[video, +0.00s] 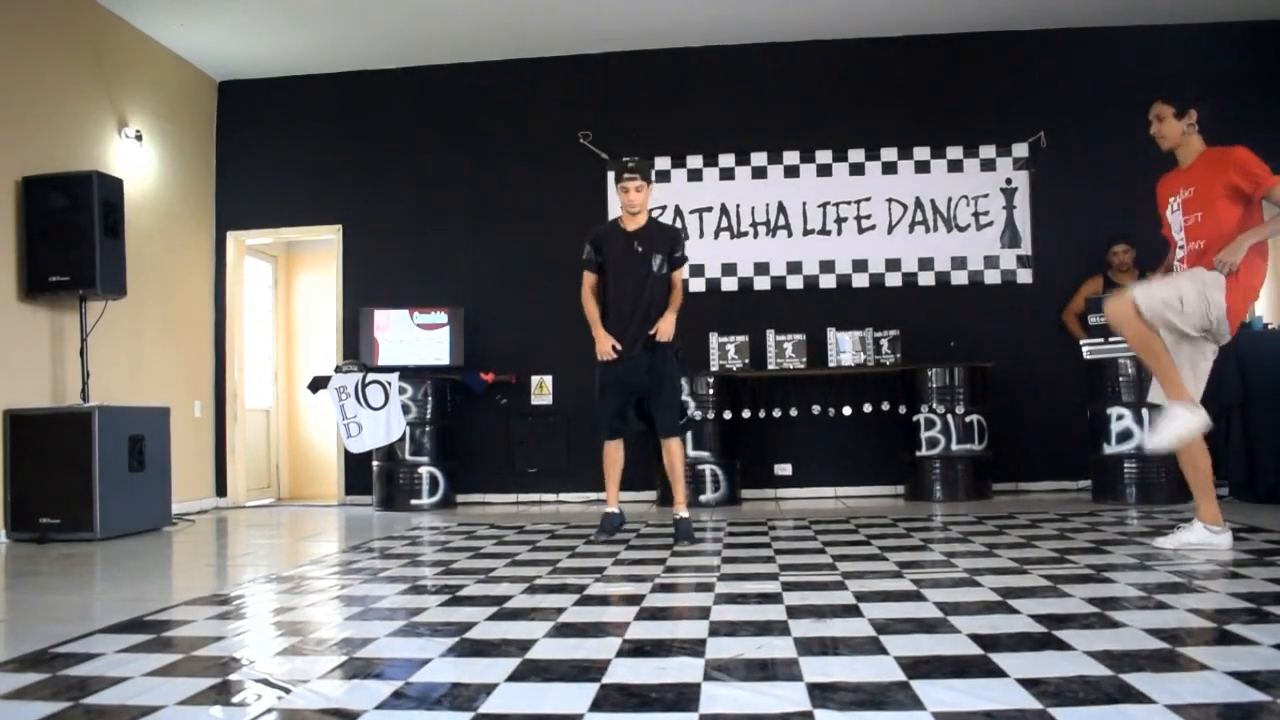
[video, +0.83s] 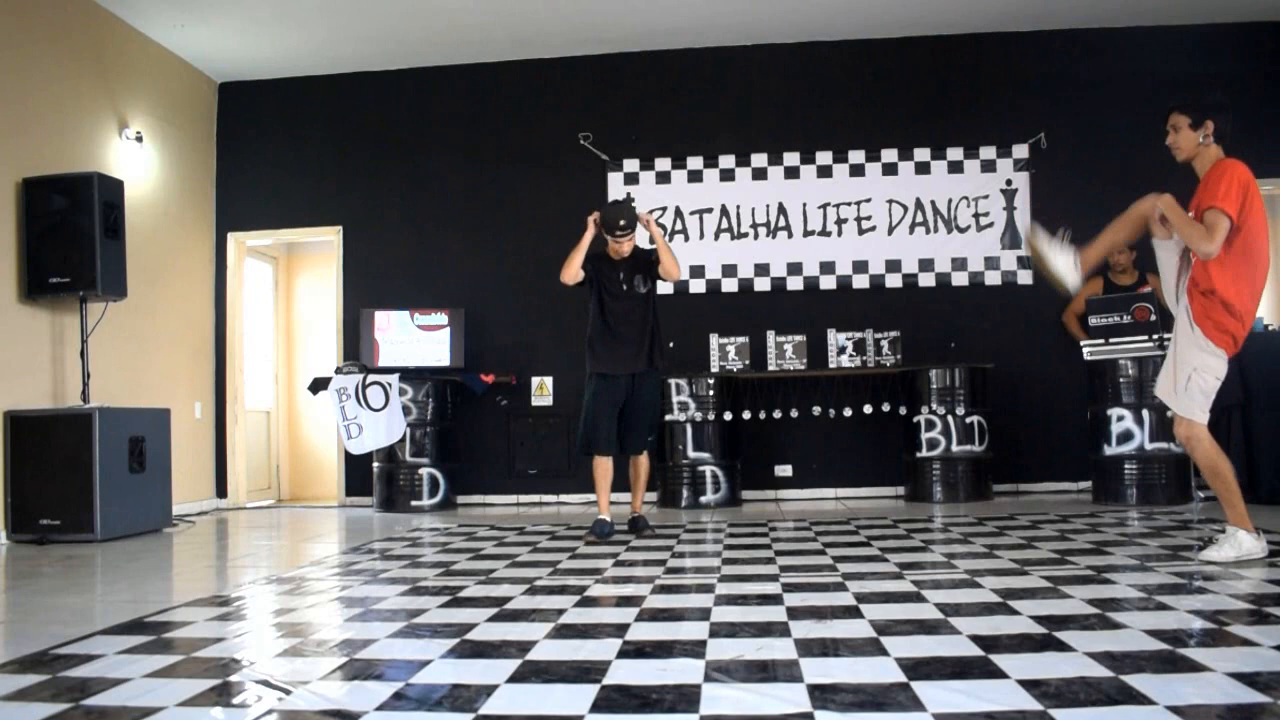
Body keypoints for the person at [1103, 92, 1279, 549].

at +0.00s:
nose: (1153, 129)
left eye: (1160, 119)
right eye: (1151, 122)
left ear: (1190, 120)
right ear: (1161, 130)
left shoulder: (1234, 159)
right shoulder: (1166, 186)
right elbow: (1178, 247)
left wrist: (1246, 239)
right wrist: (1157, 281)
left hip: (1225, 286)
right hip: (1189, 294)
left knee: (1121, 306)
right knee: (1176, 411)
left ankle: (1183, 407)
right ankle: (1211, 525)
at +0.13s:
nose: (1157, 121)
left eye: (1165, 112)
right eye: (1155, 114)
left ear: (1194, 112)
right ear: (1165, 121)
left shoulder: (1234, 154)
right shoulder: (1172, 177)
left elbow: (1279, 208)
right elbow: (1191, 240)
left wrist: (1242, 240)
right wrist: (1165, 268)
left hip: (1221, 289)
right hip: (1190, 294)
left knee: (1156, 382)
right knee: (1185, 406)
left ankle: (1228, 484)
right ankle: (1210, 522)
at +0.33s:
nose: (1168, 117)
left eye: (1175, 107)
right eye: (1167, 109)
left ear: (1206, 106)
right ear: (1187, 113)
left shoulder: (1252, 153)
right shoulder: (1185, 172)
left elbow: (1277, 225)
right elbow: (1192, 245)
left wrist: (1225, 231)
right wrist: (1168, 286)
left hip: (1228, 314)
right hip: (1180, 309)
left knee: (1219, 421)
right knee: (1155, 409)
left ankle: (1249, 532)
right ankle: (1200, 512)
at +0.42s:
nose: (1173, 119)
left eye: (1180, 109)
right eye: (1171, 112)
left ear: (1211, 107)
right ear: (1194, 114)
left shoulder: (1256, 153)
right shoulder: (1195, 174)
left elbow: (1277, 219)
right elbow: (1201, 250)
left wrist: (1212, 217)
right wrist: (1168, 289)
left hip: (1228, 319)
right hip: (1177, 307)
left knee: (1216, 425)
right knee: (1111, 370)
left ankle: (1247, 531)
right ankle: (1156, 452)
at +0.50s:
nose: (1174, 124)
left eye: (1181, 114)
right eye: (1172, 115)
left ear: (1210, 114)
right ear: (1197, 118)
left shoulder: (1250, 155)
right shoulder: (1203, 176)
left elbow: (1272, 219)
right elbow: (1217, 249)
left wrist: (1200, 209)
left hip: (1222, 312)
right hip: (1181, 291)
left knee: (1208, 421)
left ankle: (1245, 532)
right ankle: (1110, 398)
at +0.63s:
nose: (1169, 135)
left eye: (1176, 126)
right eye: (1169, 127)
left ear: (1207, 126)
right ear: (1194, 130)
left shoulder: (1237, 167)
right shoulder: (1206, 181)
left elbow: (1249, 230)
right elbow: (1209, 242)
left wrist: (1193, 209)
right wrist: (1175, 232)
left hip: (1216, 317)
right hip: (1189, 282)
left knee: (1197, 424)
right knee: (1132, 208)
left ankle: (1245, 532)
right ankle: (1059, 283)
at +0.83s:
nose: (1169, 139)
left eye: (1176, 130)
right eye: (1168, 131)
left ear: (1206, 131)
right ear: (1196, 134)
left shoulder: (1230, 173)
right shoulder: (1208, 182)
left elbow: (1209, 241)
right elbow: (1200, 254)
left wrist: (1167, 205)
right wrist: (1166, 231)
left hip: (1213, 318)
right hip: (1189, 294)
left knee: (1190, 429)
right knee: (1152, 204)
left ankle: (1244, 532)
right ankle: (1078, 262)